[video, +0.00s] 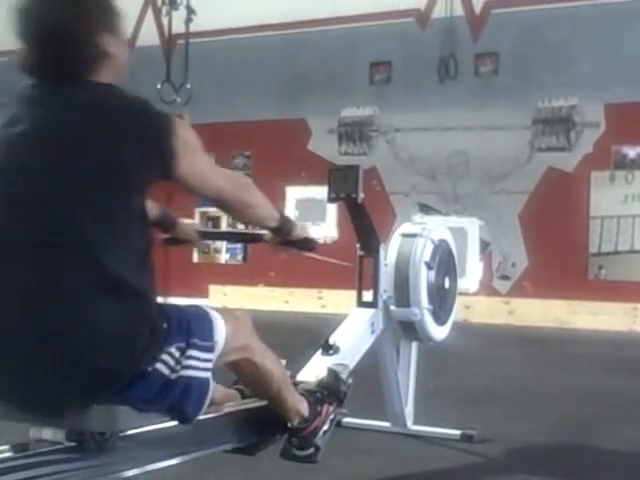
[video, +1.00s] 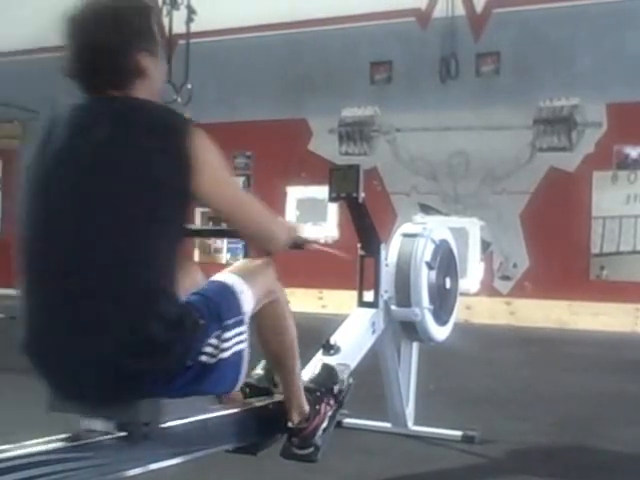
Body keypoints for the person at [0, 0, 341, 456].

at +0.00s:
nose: (127, 46)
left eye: (122, 34)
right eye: (121, 35)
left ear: (37, 50)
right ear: (104, 44)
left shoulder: (15, 123)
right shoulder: (135, 121)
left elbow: (82, 189)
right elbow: (230, 190)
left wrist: (168, 222)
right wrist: (283, 226)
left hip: (15, 357)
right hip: (102, 350)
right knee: (238, 332)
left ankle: (252, 419)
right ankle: (302, 416)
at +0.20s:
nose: (52, 38)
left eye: (47, 23)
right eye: (45, 22)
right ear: (23, 25)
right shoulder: (69, 114)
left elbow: (19, 222)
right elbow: (179, 202)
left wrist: (104, 229)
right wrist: (232, 224)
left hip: (3, 350)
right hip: (82, 349)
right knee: (228, 354)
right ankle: (304, 416)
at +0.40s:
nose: (18, 49)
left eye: (16, 36)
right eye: (15, 36)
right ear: (5, 40)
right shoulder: (14, 125)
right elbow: (108, 261)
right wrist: (163, 238)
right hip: (45, 346)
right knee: (222, 369)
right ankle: (304, 413)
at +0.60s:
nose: (50, 52)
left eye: (48, 39)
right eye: (46, 39)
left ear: (14, 40)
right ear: (22, 38)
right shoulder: (24, 113)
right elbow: (53, 261)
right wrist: (121, 244)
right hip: (34, 360)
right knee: (219, 344)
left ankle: (257, 405)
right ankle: (302, 414)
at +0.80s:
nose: (99, 52)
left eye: (98, 41)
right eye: (95, 40)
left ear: (13, 49)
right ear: (71, 42)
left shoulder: (4, 112)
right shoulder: (90, 120)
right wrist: (202, 235)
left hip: (14, 368)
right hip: (89, 364)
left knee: (161, 303)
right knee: (242, 311)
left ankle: (239, 407)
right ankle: (300, 414)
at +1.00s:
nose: (166, 66)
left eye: (162, 52)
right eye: (161, 51)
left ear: (83, 63)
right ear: (142, 59)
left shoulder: (56, 131)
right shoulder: (171, 133)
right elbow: (270, 235)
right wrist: (287, 233)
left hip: (61, 366)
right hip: (142, 368)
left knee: (183, 268)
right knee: (265, 273)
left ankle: (233, 406)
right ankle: (299, 414)